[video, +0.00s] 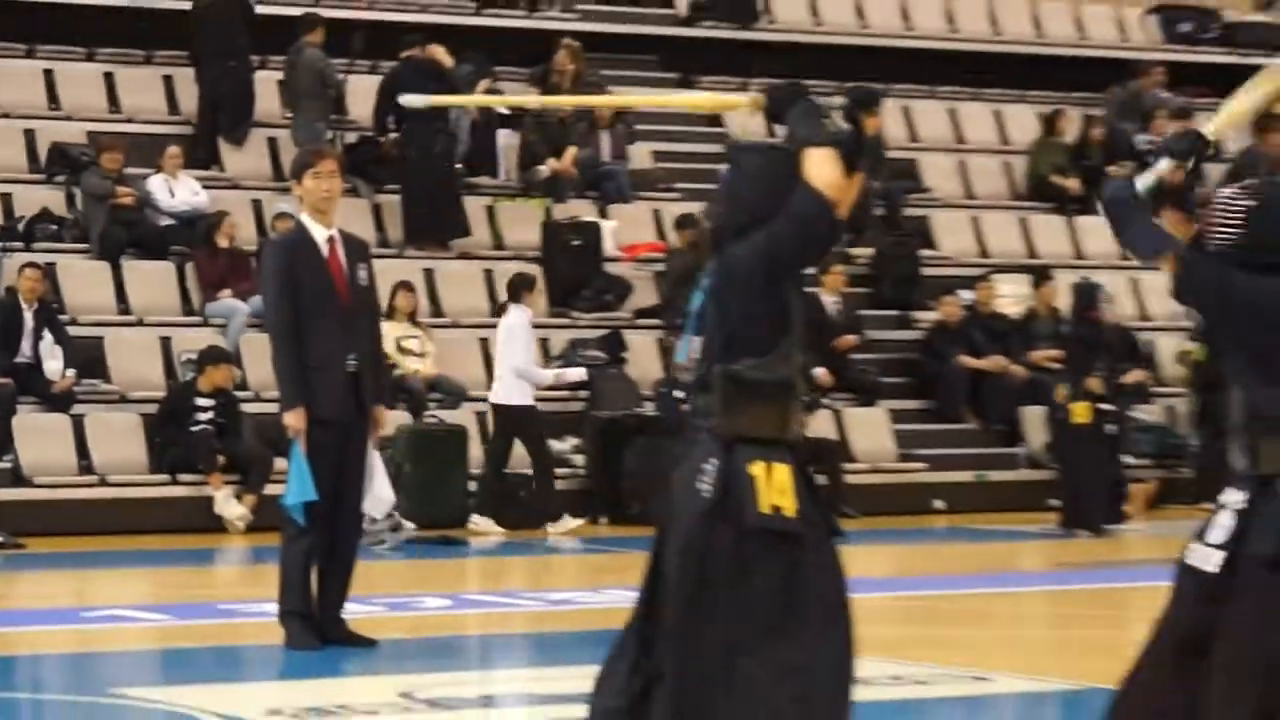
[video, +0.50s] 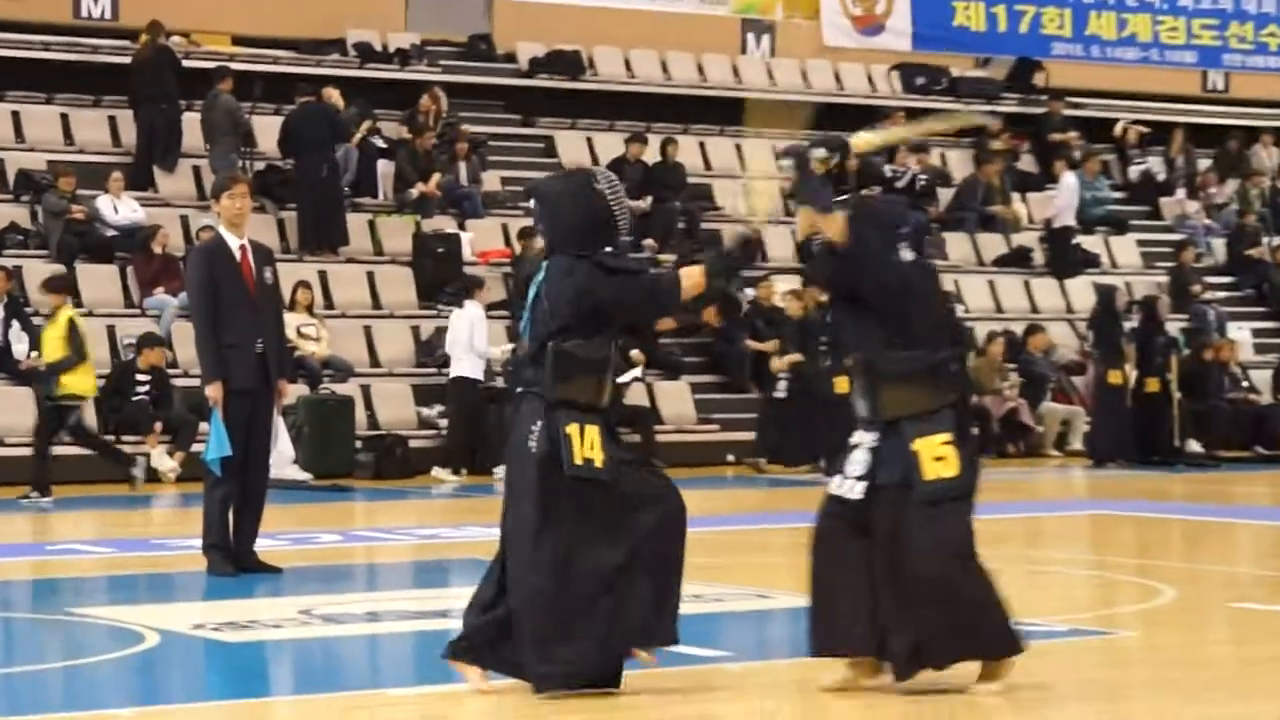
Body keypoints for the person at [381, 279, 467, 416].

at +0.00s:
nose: (408, 300)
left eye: (411, 296)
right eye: (403, 295)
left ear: (416, 301)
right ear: (393, 299)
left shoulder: (420, 328)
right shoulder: (384, 327)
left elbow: (430, 350)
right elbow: (387, 354)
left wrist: (427, 369)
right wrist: (409, 370)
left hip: (424, 372)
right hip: (402, 372)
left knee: (459, 391)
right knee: (417, 391)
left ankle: (438, 421)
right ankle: (419, 424)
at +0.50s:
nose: (307, 296)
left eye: (309, 293)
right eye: (303, 293)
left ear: (312, 296)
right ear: (295, 295)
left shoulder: (316, 318)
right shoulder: (286, 317)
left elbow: (324, 336)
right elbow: (291, 338)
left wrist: (321, 352)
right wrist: (310, 350)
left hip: (319, 351)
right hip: (301, 352)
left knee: (347, 369)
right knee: (315, 370)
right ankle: (316, 400)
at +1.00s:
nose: (338, 297)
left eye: (340, 295)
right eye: (335, 294)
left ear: (343, 298)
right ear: (328, 296)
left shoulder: (347, 316)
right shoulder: (321, 315)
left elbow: (354, 332)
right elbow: (324, 334)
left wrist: (351, 345)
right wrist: (340, 344)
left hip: (349, 346)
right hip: (333, 346)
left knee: (373, 359)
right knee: (345, 361)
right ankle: (350, 389)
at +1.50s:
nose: (364, 304)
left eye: (366, 301)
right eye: (361, 301)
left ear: (369, 304)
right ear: (355, 302)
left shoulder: (372, 320)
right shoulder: (349, 319)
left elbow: (379, 334)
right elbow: (350, 337)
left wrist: (376, 346)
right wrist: (366, 347)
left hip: (375, 348)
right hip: (361, 348)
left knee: (396, 361)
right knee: (371, 362)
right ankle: (372, 385)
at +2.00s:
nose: (366, 304)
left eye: (369, 302)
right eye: (363, 301)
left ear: (371, 304)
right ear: (357, 303)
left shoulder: (375, 321)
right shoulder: (351, 321)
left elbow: (381, 336)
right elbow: (355, 338)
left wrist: (379, 348)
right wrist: (370, 347)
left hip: (378, 348)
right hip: (363, 349)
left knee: (399, 361)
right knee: (374, 362)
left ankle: (388, 382)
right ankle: (374, 383)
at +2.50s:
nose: (366, 304)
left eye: (369, 301)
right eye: (363, 301)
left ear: (371, 304)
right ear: (357, 303)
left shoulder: (375, 321)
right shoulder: (350, 321)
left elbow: (381, 335)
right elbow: (354, 339)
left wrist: (379, 347)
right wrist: (369, 347)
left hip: (378, 349)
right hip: (363, 349)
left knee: (399, 361)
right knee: (374, 362)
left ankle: (387, 382)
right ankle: (373, 384)